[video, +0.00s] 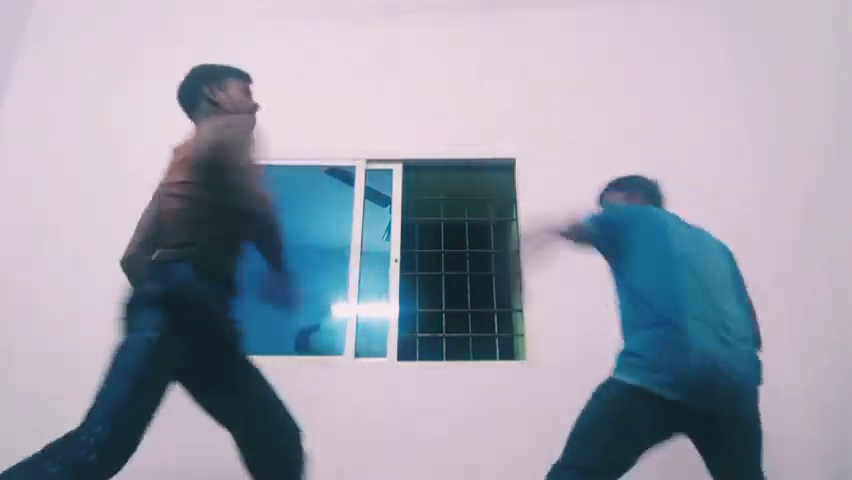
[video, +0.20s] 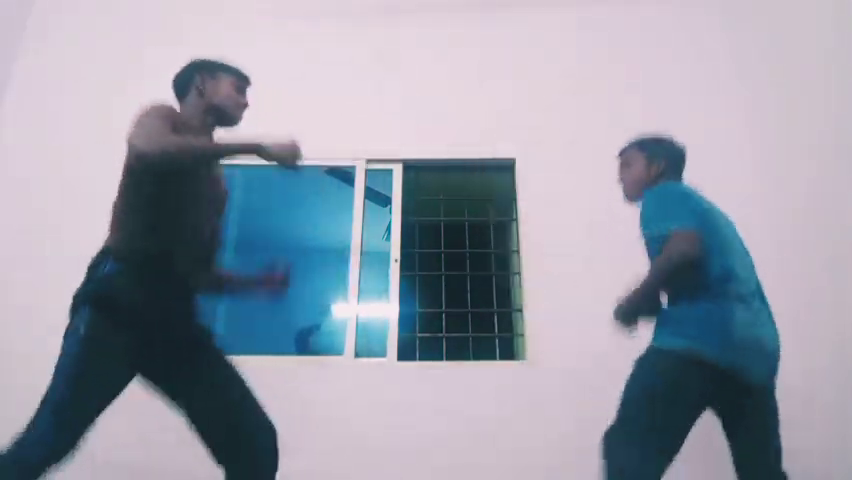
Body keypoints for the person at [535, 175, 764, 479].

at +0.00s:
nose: (603, 213)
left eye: (607, 206)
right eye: (603, 207)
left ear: (630, 198)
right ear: (658, 201)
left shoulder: (628, 218)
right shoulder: (716, 246)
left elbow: (578, 230)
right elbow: (752, 335)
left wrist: (554, 232)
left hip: (655, 380)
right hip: (732, 390)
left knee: (574, 474)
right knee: (745, 476)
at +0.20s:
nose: (620, 175)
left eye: (627, 165)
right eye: (620, 167)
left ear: (655, 167)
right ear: (659, 170)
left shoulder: (664, 195)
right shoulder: (709, 213)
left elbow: (684, 245)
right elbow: (715, 295)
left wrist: (639, 297)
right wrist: (658, 306)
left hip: (694, 344)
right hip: (751, 355)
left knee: (630, 453)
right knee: (763, 470)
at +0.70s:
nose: (586, 122)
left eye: (594, 113)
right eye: (587, 115)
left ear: (624, 114)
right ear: (627, 119)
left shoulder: (632, 142)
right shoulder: (662, 159)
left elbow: (644, 196)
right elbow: (679, 238)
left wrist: (599, 215)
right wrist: (631, 252)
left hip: (667, 301)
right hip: (704, 306)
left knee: (677, 414)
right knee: (706, 421)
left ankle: (722, 471)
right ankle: (726, 472)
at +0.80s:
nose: (584, 136)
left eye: (591, 126)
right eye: (584, 128)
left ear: (620, 128)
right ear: (626, 132)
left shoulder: (627, 157)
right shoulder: (657, 171)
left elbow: (640, 213)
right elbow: (674, 253)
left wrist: (594, 234)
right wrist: (624, 272)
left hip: (658, 313)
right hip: (697, 319)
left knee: (659, 425)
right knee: (691, 431)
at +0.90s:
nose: (578, 177)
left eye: (584, 167)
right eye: (578, 169)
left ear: (612, 167)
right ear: (617, 170)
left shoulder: (624, 199)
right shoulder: (659, 214)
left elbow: (633, 264)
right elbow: (671, 297)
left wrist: (582, 291)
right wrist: (622, 328)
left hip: (656, 343)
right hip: (702, 353)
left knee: (616, 452)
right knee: (681, 464)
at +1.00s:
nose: (563, 209)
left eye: (567, 199)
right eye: (562, 202)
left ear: (593, 196)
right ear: (603, 199)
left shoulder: (604, 220)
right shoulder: (648, 235)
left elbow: (617, 280)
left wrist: (574, 322)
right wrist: (621, 349)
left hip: (660, 338)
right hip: (713, 347)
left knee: (596, 448)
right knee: (689, 464)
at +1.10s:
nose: (550, 306)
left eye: (549, 298)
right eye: (546, 300)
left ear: (556, 288)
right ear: (572, 275)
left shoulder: (581, 288)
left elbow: (560, 334)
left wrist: (546, 385)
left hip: (670, 354)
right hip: (738, 363)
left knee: (572, 442)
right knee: (703, 456)